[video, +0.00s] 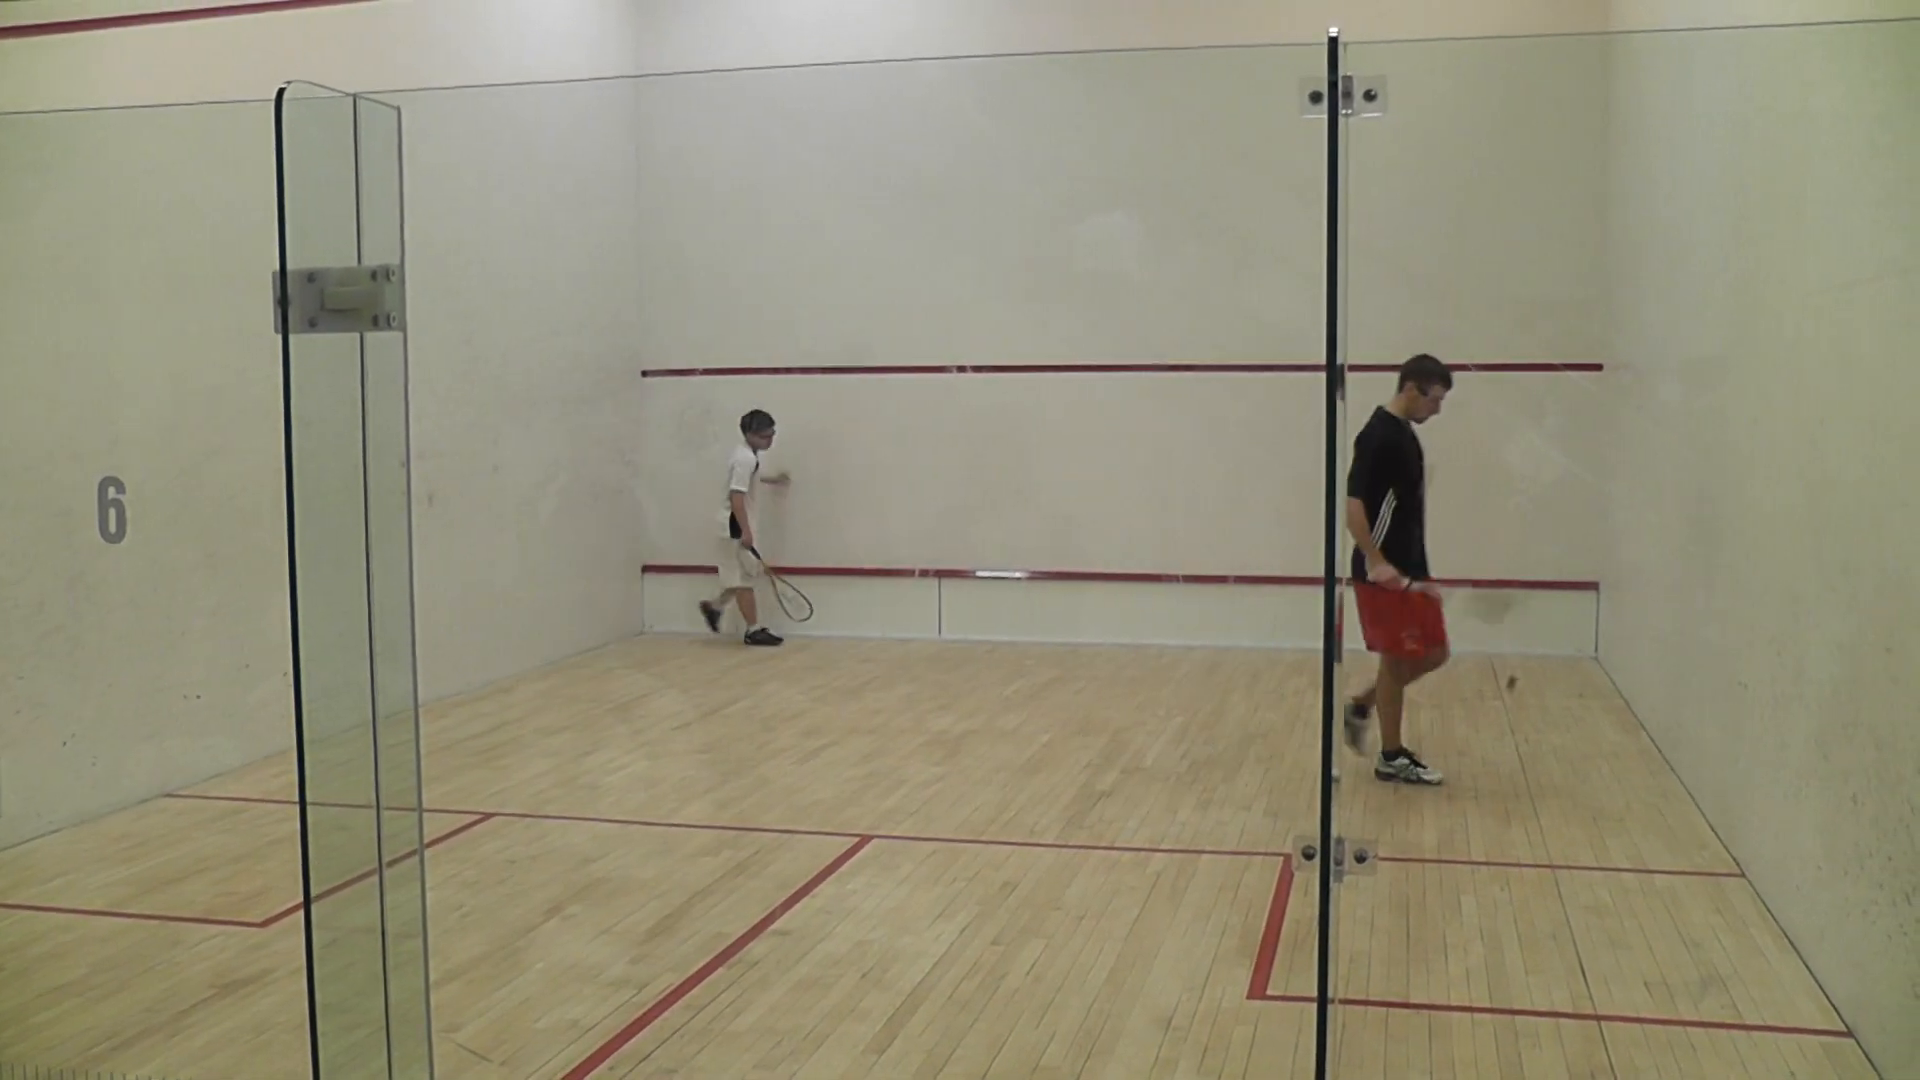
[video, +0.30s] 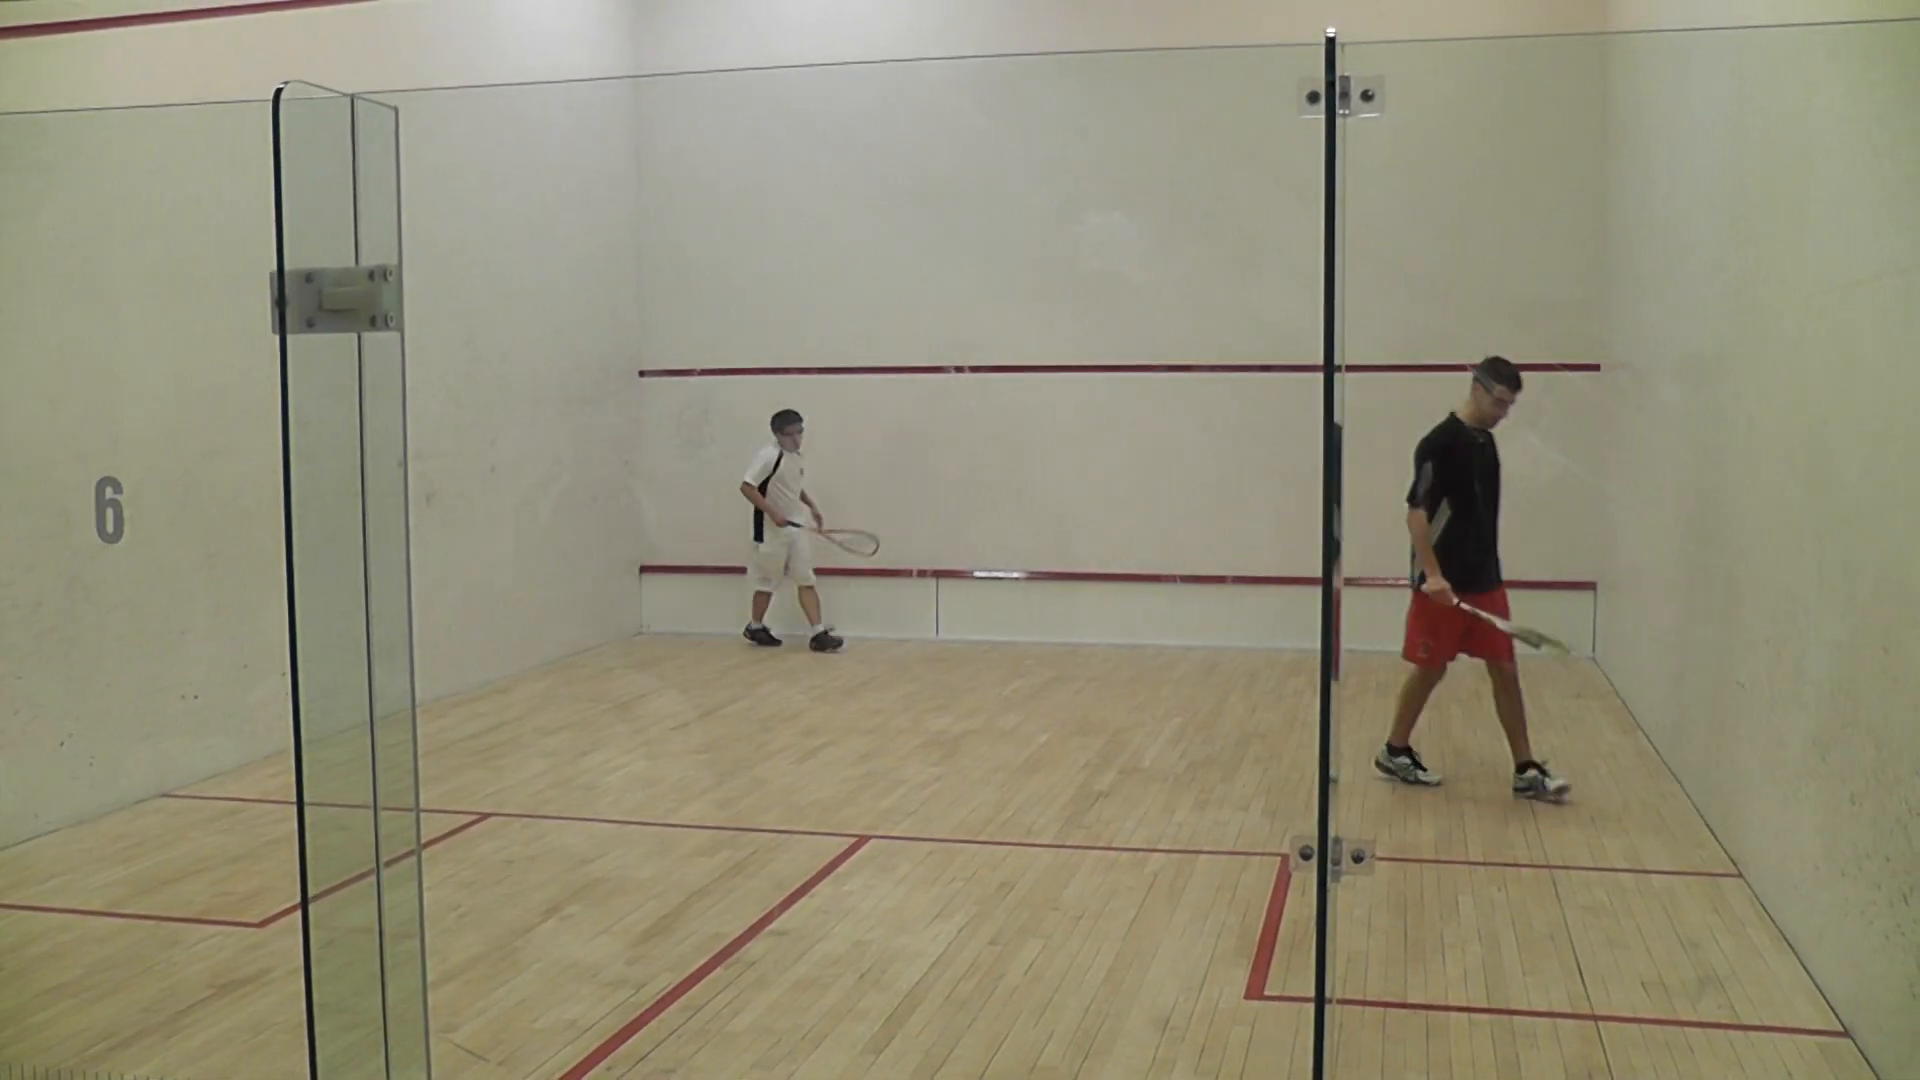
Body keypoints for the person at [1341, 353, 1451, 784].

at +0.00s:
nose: (1437, 409)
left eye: (1441, 401)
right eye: (1435, 399)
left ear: (1414, 393)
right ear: (1410, 389)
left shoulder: (1402, 433)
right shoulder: (1379, 433)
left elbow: (1401, 509)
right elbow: (1355, 506)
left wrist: (1418, 570)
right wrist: (1376, 562)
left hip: (1410, 570)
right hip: (1382, 572)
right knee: (1395, 660)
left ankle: (1360, 704)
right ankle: (1392, 755)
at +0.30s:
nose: (1504, 414)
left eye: (1508, 406)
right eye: (1500, 404)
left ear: (1498, 399)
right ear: (1477, 391)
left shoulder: (1485, 442)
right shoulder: (1438, 444)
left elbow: (1479, 514)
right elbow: (1416, 514)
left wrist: (1487, 572)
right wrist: (1433, 575)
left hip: (1485, 582)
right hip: (1443, 583)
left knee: (1504, 668)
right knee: (1431, 667)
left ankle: (1526, 768)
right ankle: (1394, 751)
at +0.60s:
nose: (1552, 406)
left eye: (1559, 397)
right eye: (1547, 395)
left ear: (1563, 394)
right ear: (1525, 383)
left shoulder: (1559, 437)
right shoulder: (1485, 438)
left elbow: (1582, 498)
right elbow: (1460, 505)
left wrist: (1619, 552)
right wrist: (1477, 558)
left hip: (1541, 576)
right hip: (1495, 574)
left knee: (1539, 671)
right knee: (1507, 669)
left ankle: (1529, 769)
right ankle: (1486, 754)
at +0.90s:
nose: (1570, 412)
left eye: (1577, 403)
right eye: (1563, 401)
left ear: (1583, 397)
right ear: (1542, 389)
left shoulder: (1591, 443)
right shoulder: (1509, 448)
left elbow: (1629, 502)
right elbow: (1478, 514)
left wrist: (1670, 550)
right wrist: (1490, 562)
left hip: (1574, 586)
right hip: (1526, 588)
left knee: (1565, 689)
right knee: (1540, 694)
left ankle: (1534, 756)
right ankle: (1556, 798)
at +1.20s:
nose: (1585, 391)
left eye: (1594, 381)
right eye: (1576, 380)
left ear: (1604, 373)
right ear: (1559, 368)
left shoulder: (1616, 422)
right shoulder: (1525, 428)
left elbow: (1630, 489)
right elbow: (1491, 493)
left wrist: (1646, 552)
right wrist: (1493, 551)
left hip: (1601, 580)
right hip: (1543, 581)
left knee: (1614, 685)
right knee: (1545, 686)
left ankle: (1596, 773)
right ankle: (1557, 788)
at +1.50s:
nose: (1612, 390)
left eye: (1622, 379)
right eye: (1603, 378)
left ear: (1634, 371)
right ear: (1587, 365)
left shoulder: (1650, 427)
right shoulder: (1551, 425)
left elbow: (1665, 501)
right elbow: (1511, 493)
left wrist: (1680, 571)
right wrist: (1513, 558)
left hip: (1620, 588)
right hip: (1559, 586)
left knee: (1622, 701)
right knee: (1555, 692)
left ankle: (1622, 818)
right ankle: (1556, 777)